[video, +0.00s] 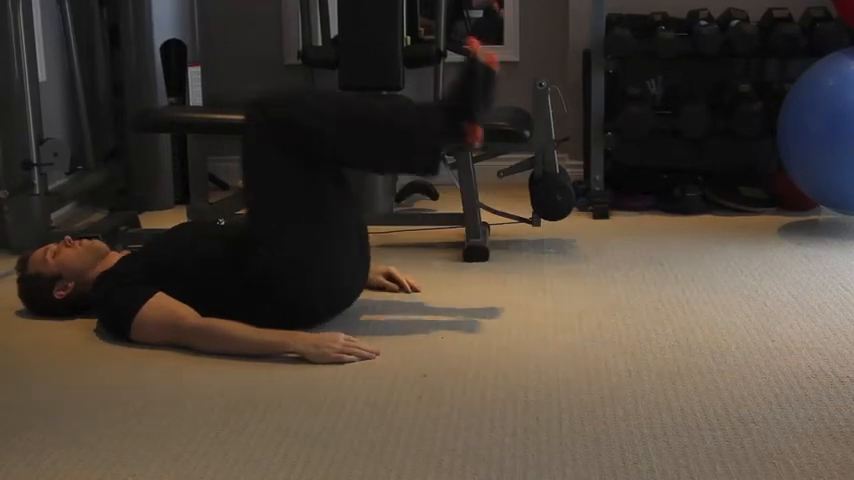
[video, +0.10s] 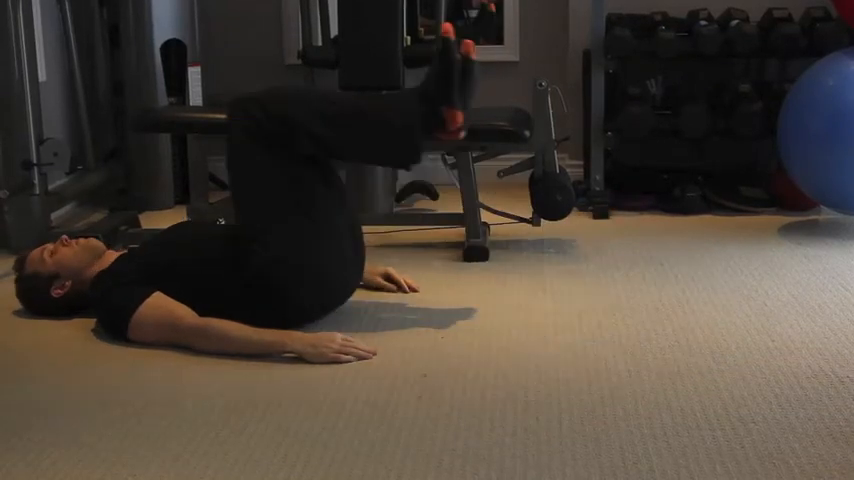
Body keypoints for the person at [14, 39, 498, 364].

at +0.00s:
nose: (73, 236)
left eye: (61, 237)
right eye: (58, 249)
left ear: (83, 245)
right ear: (66, 287)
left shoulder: (144, 251)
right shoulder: (116, 299)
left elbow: (247, 247)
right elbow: (199, 331)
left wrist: (356, 275)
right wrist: (304, 343)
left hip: (315, 270)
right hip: (293, 291)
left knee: (285, 114)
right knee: (273, 118)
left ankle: (447, 121)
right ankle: (445, 129)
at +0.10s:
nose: (63, 237)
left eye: (54, 237)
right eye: (52, 250)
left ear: (78, 239)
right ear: (64, 288)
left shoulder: (144, 251)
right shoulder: (113, 294)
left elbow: (245, 251)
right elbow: (196, 331)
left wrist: (352, 273)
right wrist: (295, 344)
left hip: (310, 264)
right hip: (289, 282)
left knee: (267, 113)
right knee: (254, 118)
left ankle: (421, 111)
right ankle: (422, 119)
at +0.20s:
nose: (63, 236)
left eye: (53, 237)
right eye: (51, 249)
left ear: (78, 241)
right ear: (63, 288)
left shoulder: (145, 252)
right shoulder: (112, 294)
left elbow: (244, 244)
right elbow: (193, 330)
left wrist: (350, 272)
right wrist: (292, 343)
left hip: (311, 263)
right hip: (288, 282)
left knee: (255, 115)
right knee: (246, 117)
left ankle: (412, 116)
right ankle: (414, 124)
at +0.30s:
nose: (66, 236)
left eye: (55, 237)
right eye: (53, 250)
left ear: (79, 244)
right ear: (63, 288)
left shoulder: (141, 252)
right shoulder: (112, 295)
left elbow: (243, 252)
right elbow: (193, 330)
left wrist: (354, 276)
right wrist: (294, 343)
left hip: (310, 265)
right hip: (289, 285)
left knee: (258, 116)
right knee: (247, 118)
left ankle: (416, 118)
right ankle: (416, 124)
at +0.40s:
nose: (70, 236)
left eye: (59, 237)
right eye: (57, 249)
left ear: (82, 244)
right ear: (66, 287)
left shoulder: (142, 250)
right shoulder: (115, 298)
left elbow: (244, 250)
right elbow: (198, 331)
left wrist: (355, 274)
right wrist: (301, 344)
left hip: (315, 263)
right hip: (293, 285)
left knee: (267, 117)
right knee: (255, 121)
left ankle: (425, 121)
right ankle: (425, 130)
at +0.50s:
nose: (70, 235)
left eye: (60, 237)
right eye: (57, 250)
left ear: (81, 245)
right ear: (67, 287)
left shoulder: (143, 250)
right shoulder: (117, 298)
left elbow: (245, 251)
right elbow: (200, 332)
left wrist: (356, 273)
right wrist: (303, 344)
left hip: (314, 265)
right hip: (297, 288)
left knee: (274, 119)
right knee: (260, 121)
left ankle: (431, 125)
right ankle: (433, 132)